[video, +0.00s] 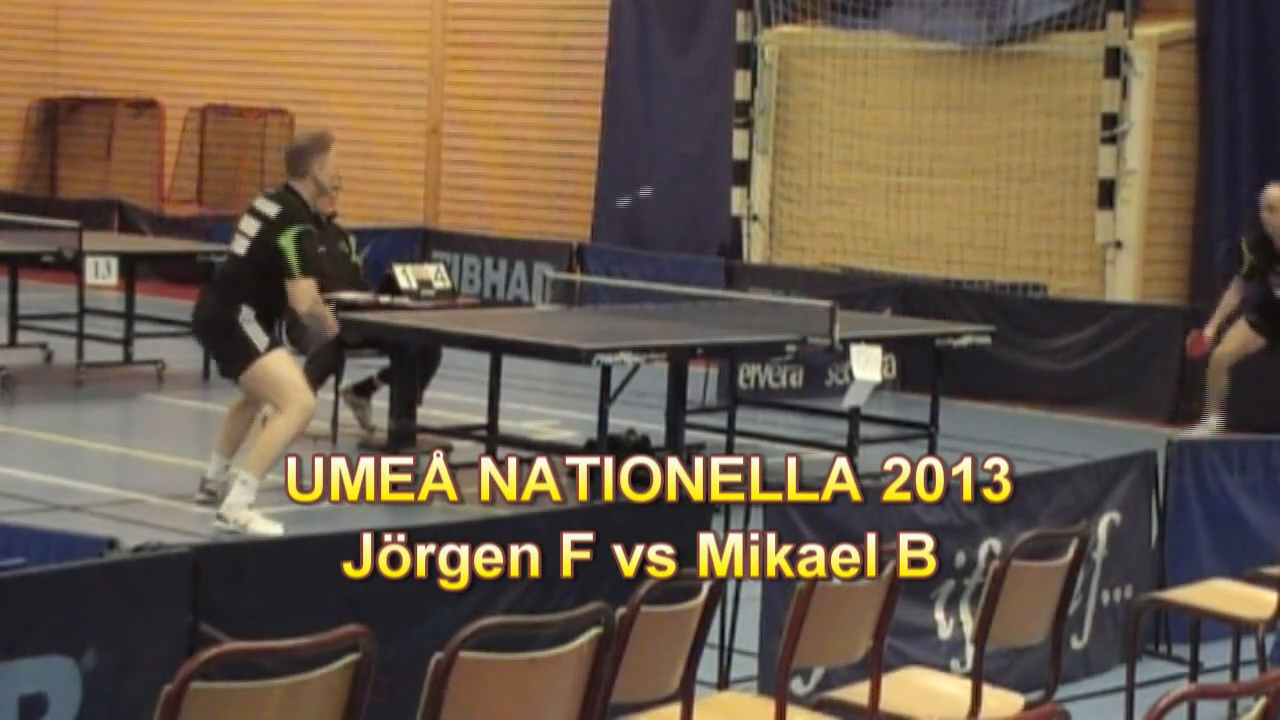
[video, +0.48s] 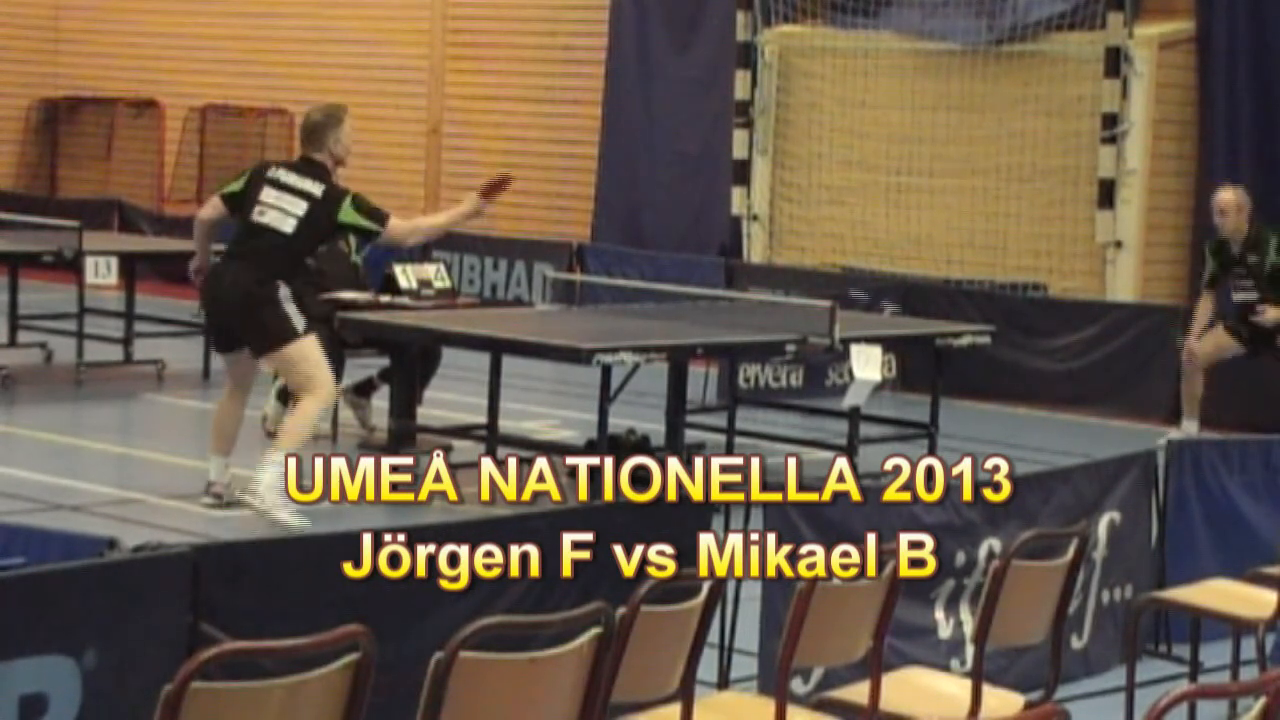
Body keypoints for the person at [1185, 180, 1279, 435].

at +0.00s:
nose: (1267, 216)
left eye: (1272, 209)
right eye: (1265, 209)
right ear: (1261, 212)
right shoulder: (1258, 246)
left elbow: (1238, 288)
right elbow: (1237, 288)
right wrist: (1211, 326)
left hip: (1270, 315)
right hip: (1268, 314)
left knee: (1222, 355)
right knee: (1221, 355)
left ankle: (1213, 420)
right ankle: (1213, 420)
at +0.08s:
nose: (1255, 212)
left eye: (1263, 204)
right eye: (1254, 204)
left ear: (1278, 208)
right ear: (1252, 209)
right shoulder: (1251, 242)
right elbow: (1229, 285)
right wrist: (1202, 324)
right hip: (1267, 312)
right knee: (1223, 364)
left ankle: (1231, 423)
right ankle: (1231, 423)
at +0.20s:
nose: (1245, 198)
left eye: (1252, 191)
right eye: (1242, 191)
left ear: (1270, 193)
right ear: (1238, 195)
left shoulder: (1277, 227)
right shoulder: (1238, 228)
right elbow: (1221, 272)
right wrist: (1193, 310)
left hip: (1274, 311)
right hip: (1261, 309)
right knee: (1222, 364)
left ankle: (1232, 422)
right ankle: (1232, 422)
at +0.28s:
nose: (1234, 192)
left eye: (1240, 185)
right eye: (1231, 185)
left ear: (1260, 187)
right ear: (1229, 188)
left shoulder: (1276, 219)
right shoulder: (1234, 222)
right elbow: (1219, 268)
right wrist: (1190, 303)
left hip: (1276, 305)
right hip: (1257, 304)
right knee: (1214, 354)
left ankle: (1229, 417)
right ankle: (1229, 417)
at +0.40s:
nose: (1219, 205)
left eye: (1226, 198)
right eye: (1217, 199)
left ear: (1245, 200)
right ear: (1214, 201)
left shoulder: (1269, 230)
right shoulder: (1220, 236)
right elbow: (1210, 282)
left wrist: (1276, 300)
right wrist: (1187, 318)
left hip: (1272, 312)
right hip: (1245, 311)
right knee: (1204, 355)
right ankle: (1192, 426)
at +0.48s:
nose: (1219, 220)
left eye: (1225, 212)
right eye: (1216, 213)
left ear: (1245, 213)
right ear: (1212, 215)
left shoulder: (1269, 245)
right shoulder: (1215, 249)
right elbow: (1208, 296)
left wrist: (1275, 313)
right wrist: (1193, 336)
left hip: (1271, 322)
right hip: (1242, 322)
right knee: (1193, 354)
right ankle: (1189, 429)